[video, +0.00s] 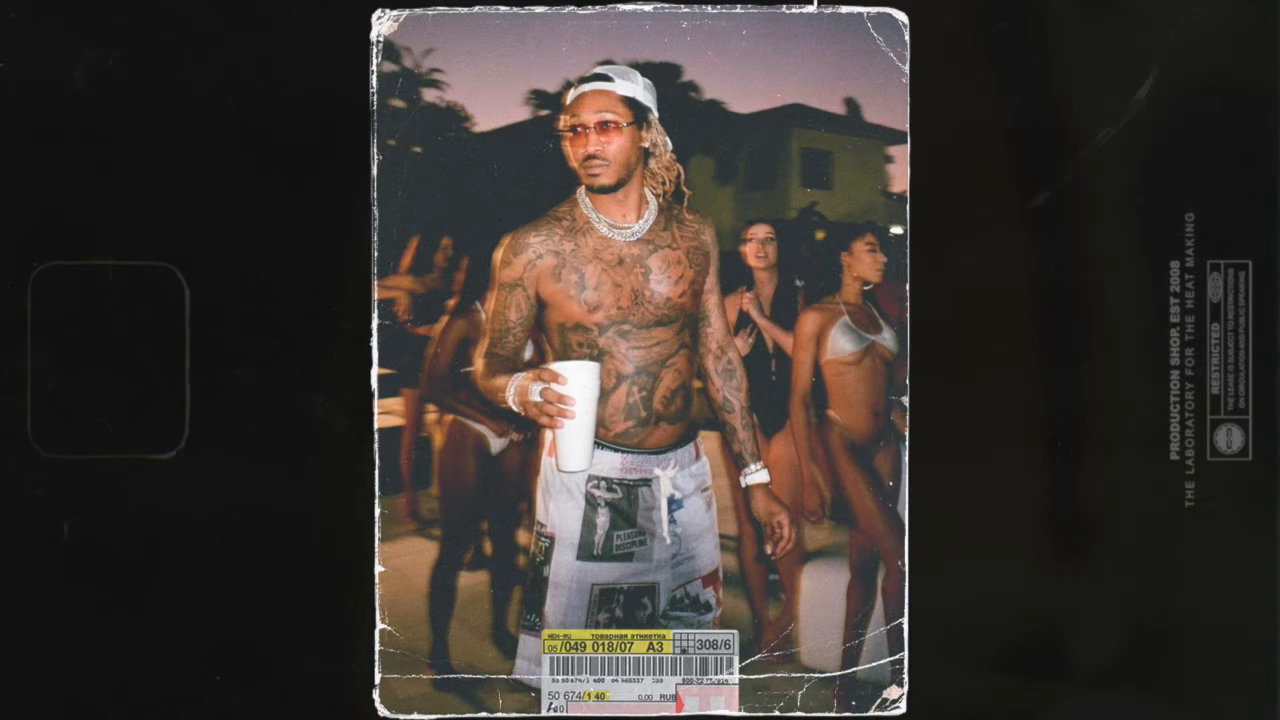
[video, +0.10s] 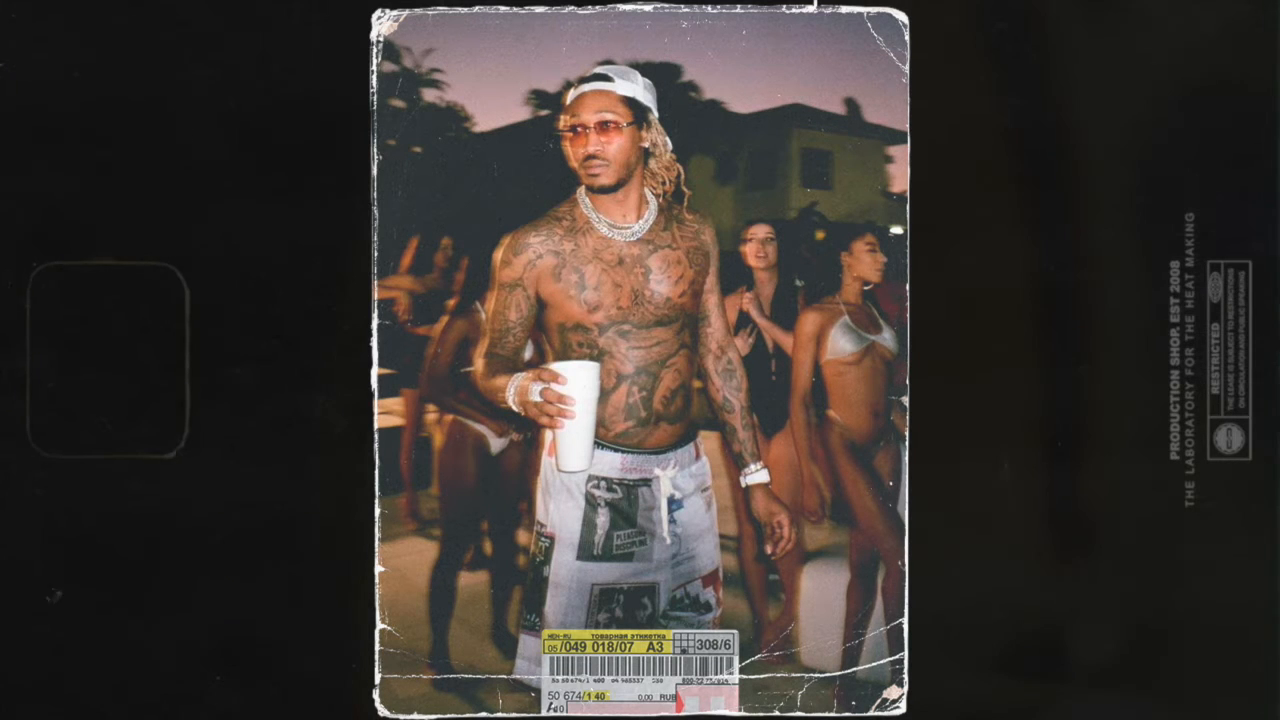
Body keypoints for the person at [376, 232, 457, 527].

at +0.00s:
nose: (446, 254)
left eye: (450, 249)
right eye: (442, 247)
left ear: (456, 254)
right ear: (431, 250)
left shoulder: (456, 280)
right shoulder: (415, 282)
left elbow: (461, 313)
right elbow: (393, 285)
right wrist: (404, 294)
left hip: (445, 351)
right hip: (416, 349)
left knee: (449, 427)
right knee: (412, 428)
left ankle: (452, 499)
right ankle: (410, 502)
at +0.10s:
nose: (446, 254)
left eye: (451, 249)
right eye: (442, 247)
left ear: (456, 253)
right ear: (431, 250)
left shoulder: (457, 280)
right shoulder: (415, 282)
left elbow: (461, 312)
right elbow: (393, 285)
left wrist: (431, 328)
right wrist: (403, 296)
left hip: (445, 352)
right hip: (416, 349)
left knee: (450, 428)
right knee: (412, 429)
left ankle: (452, 499)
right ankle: (410, 503)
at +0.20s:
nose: (446, 254)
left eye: (450, 249)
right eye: (442, 248)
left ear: (456, 254)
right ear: (431, 251)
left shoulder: (456, 280)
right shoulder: (415, 282)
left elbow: (461, 311)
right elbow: (394, 284)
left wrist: (431, 328)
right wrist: (403, 296)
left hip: (445, 352)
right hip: (416, 349)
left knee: (450, 428)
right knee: (412, 429)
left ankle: (452, 499)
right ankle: (410, 503)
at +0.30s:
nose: (446, 254)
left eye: (450, 249)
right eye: (442, 247)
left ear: (456, 254)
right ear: (431, 250)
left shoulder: (456, 279)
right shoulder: (415, 282)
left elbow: (461, 312)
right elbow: (393, 285)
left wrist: (432, 328)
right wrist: (404, 294)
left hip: (445, 351)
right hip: (416, 348)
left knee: (449, 427)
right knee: (412, 428)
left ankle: (452, 499)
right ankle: (410, 501)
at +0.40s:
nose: (446, 254)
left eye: (451, 249)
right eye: (442, 248)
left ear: (456, 254)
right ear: (431, 251)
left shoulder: (456, 280)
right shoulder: (415, 282)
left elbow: (461, 311)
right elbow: (394, 284)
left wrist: (431, 327)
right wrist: (403, 296)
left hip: (445, 351)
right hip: (416, 348)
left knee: (450, 428)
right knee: (412, 428)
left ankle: (452, 499)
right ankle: (410, 503)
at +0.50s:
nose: (446, 254)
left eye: (451, 249)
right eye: (442, 247)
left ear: (456, 253)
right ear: (431, 250)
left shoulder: (457, 279)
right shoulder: (415, 282)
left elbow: (461, 311)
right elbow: (394, 284)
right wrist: (404, 294)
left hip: (445, 351)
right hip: (416, 348)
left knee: (449, 427)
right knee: (412, 428)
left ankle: (452, 499)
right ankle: (410, 501)